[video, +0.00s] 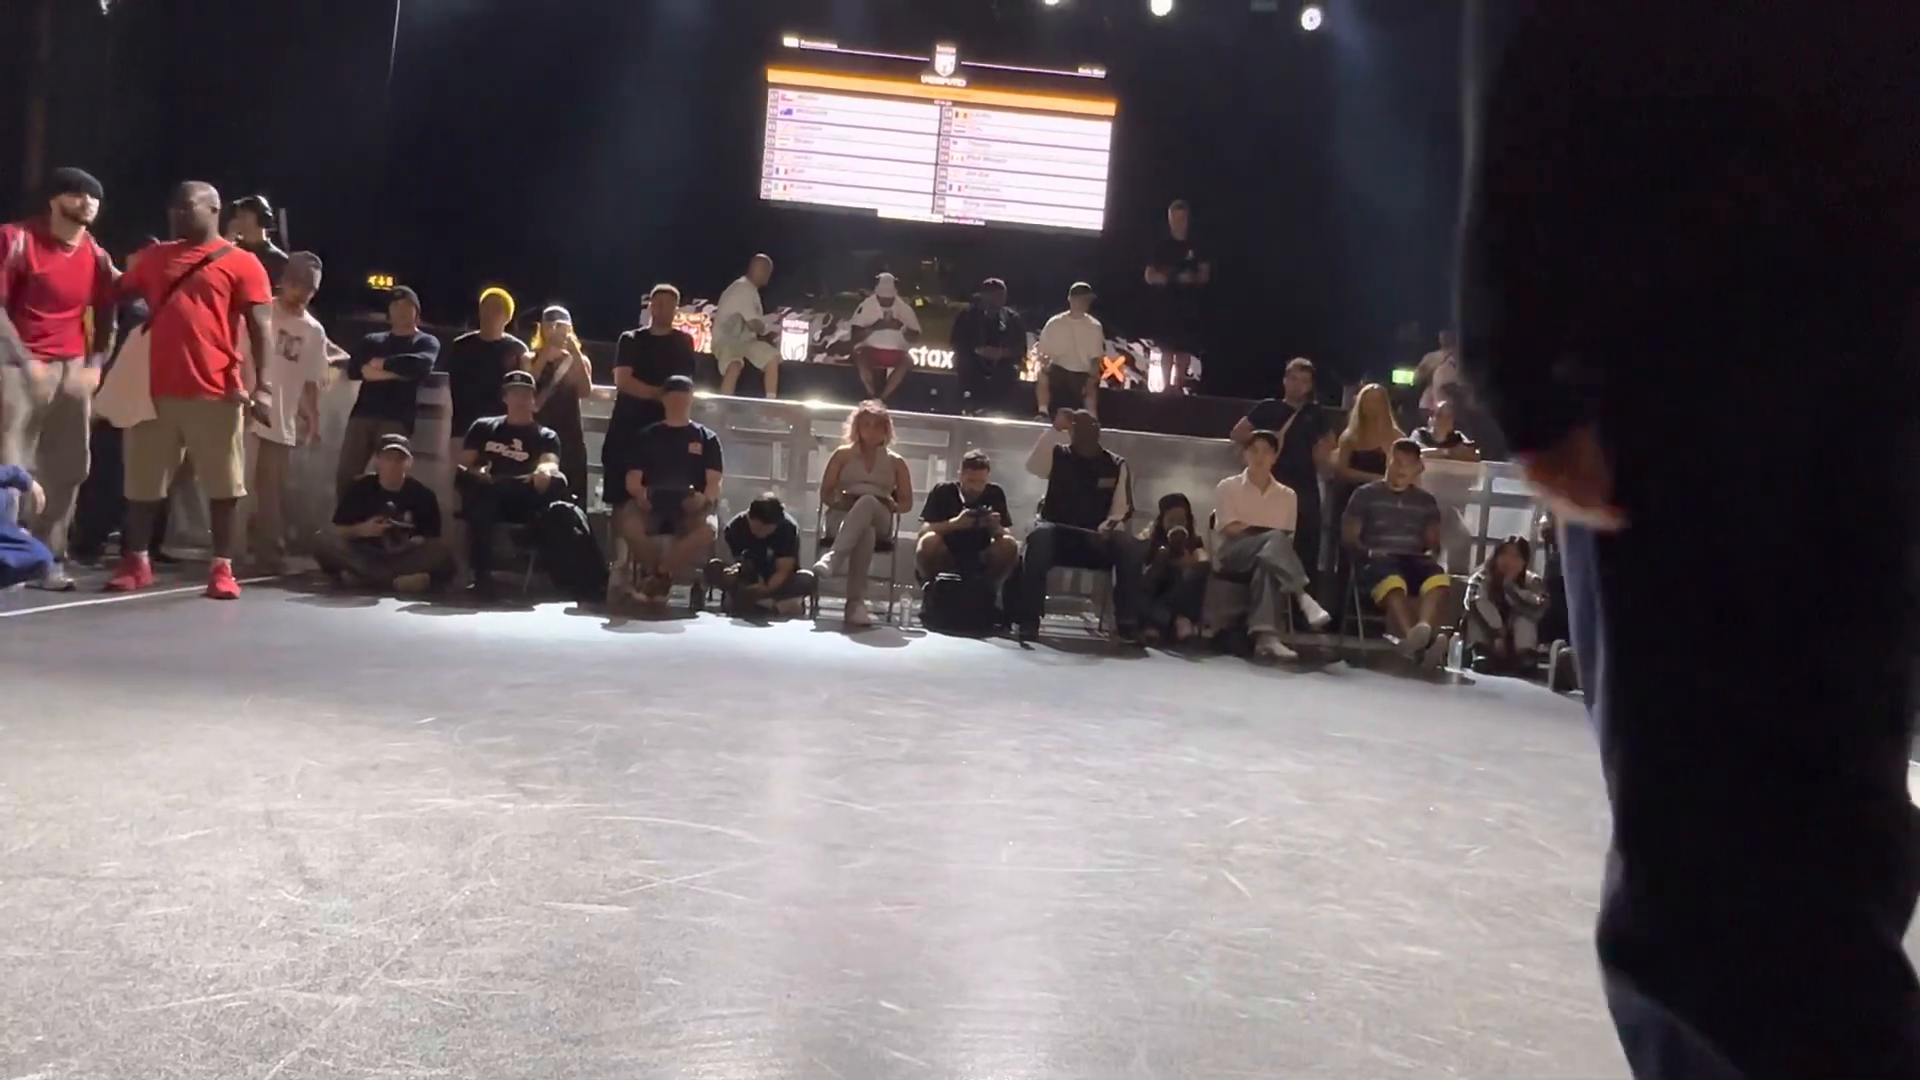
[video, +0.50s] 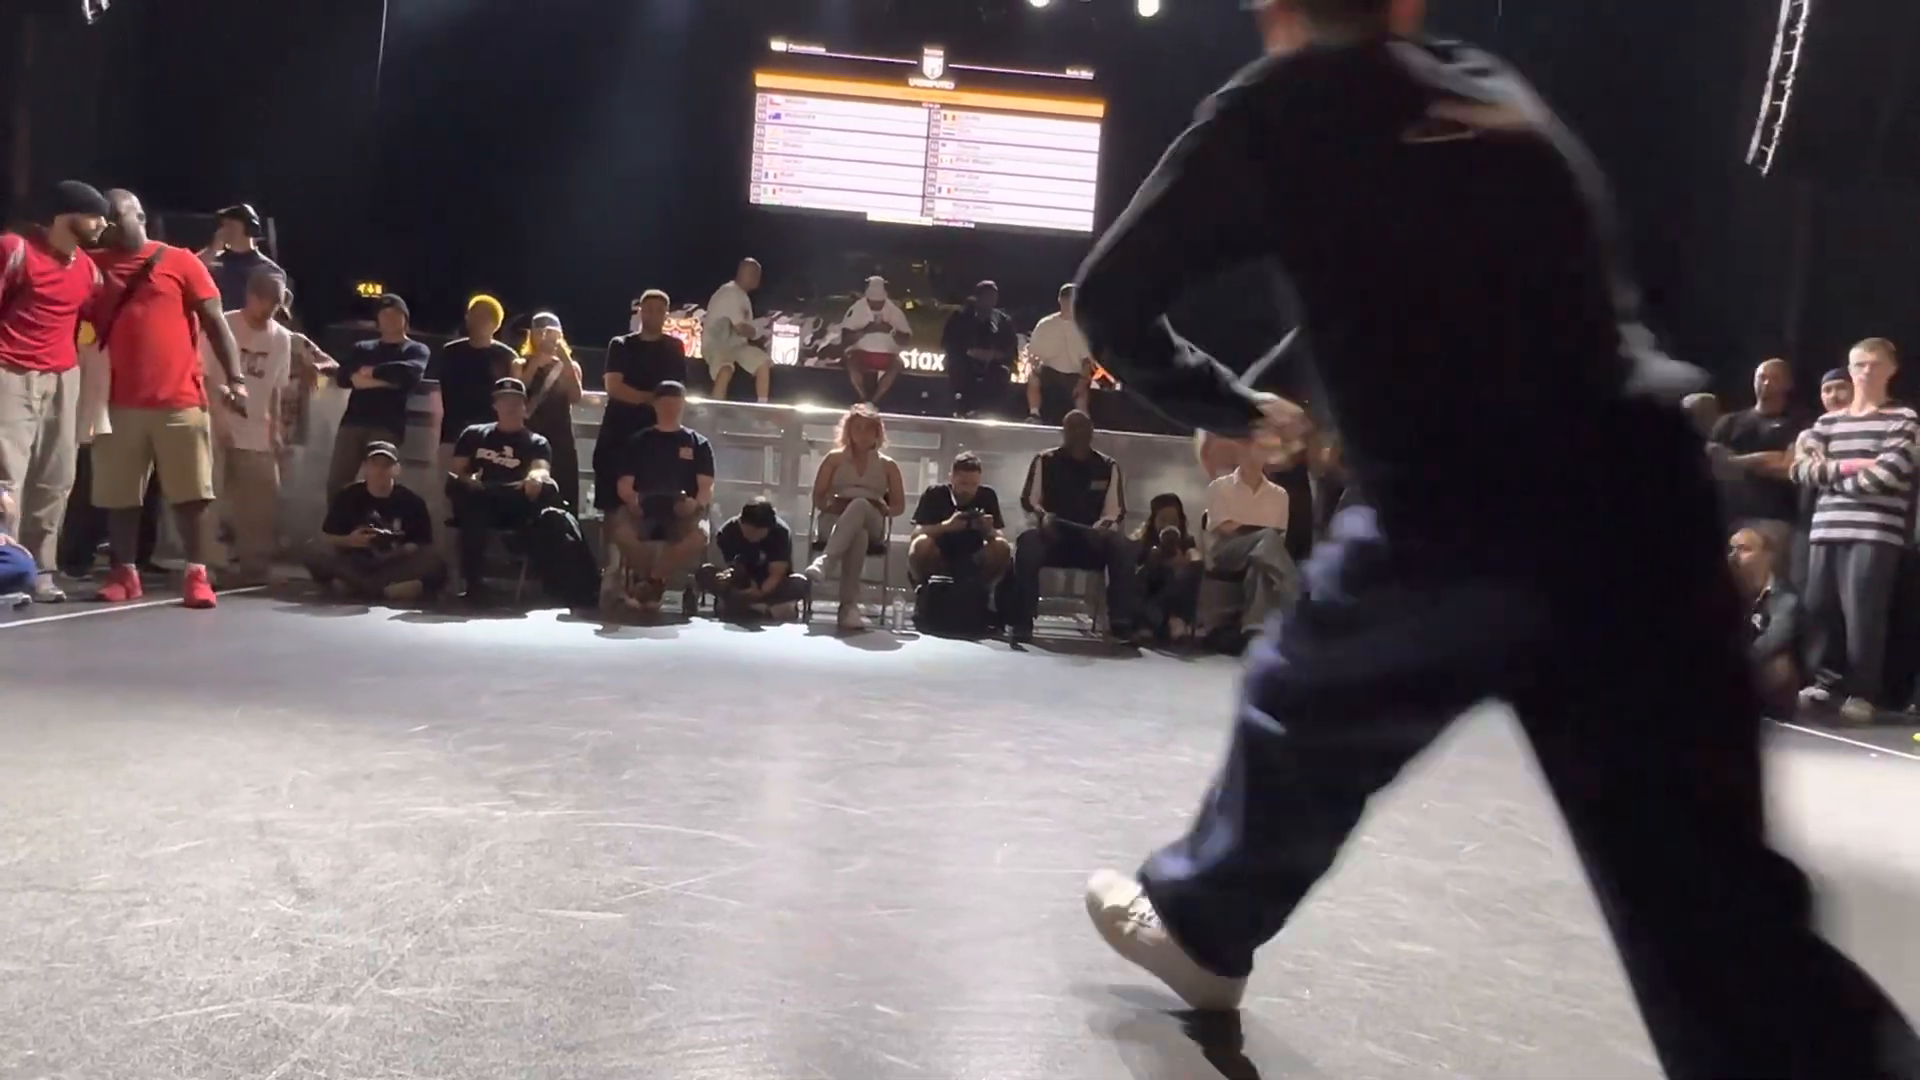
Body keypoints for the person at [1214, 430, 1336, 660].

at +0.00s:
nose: (1259, 457)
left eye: (1266, 452)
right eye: (1254, 451)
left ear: (1274, 457)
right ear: (1246, 455)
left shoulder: (1287, 496)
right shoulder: (1228, 487)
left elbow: (1284, 538)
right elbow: (1231, 529)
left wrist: (1245, 528)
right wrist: (1274, 534)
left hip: (1273, 559)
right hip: (1233, 556)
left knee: (1266, 564)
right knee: (1275, 539)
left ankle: (1266, 636)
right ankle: (1304, 598)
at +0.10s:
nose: (1257, 457)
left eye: (1263, 452)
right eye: (1252, 451)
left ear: (1272, 457)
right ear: (1244, 454)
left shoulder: (1285, 495)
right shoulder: (1225, 487)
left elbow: (1282, 536)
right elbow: (1229, 528)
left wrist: (1243, 528)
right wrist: (1272, 533)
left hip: (1271, 557)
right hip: (1230, 555)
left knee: (1264, 563)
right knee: (1274, 537)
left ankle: (1264, 636)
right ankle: (1302, 597)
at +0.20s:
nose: (1256, 456)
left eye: (1262, 451)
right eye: (1251, 450)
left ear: (1270, 456)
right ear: (1242, 454)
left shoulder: (1283, 494)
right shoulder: (1224, 486)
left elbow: (1280, 536)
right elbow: (1228, 528)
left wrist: (1241, 527)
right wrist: (1271, 533)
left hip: (1269, 558)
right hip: (1228, 555)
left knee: (1263, 564)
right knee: (1272, 537)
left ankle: (1263, 636)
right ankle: (1300, 597)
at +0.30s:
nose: (1254, 456)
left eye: (1260, 451)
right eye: (1249, 450)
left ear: (1268, 456)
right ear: (1239, 454)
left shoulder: (1281, 494)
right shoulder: (1222, 486)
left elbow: (1279, 536)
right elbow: (1226, 528)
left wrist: (1239, 527)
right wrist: (1269, 533)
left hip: (1267, 558)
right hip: (1227, 555)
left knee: (1261, 564)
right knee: (1271, 536)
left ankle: (1262, 635)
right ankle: (1299, 596)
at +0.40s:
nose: (1250, 458)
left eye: (1255, 452)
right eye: (1245, 452)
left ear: (1266, 455)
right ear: (1237, 454)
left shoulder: (1280, 494)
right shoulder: (1221, 487)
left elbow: (1278, 535)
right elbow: (1226, 529)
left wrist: (1239, 527)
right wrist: (1269, 531)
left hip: (1267, 556)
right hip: (1226, 553)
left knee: (1260, 566)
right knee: (1269, 537)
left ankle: (1261, 636)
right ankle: (1297, 596)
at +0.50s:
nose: (1253, 455)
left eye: (1258, 450)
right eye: (1248, 449)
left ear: (1265, 457)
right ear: (1239, 453)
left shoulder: (1279, 494)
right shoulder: (1219, 487)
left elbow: (1278, 536)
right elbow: (1225, 529)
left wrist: (1238, 528)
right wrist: (1270, 532)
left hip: (1267, 558)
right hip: (1226, 555)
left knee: (1259, 565)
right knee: (1269, 538)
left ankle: (1254, 630)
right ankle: (1297, 604)